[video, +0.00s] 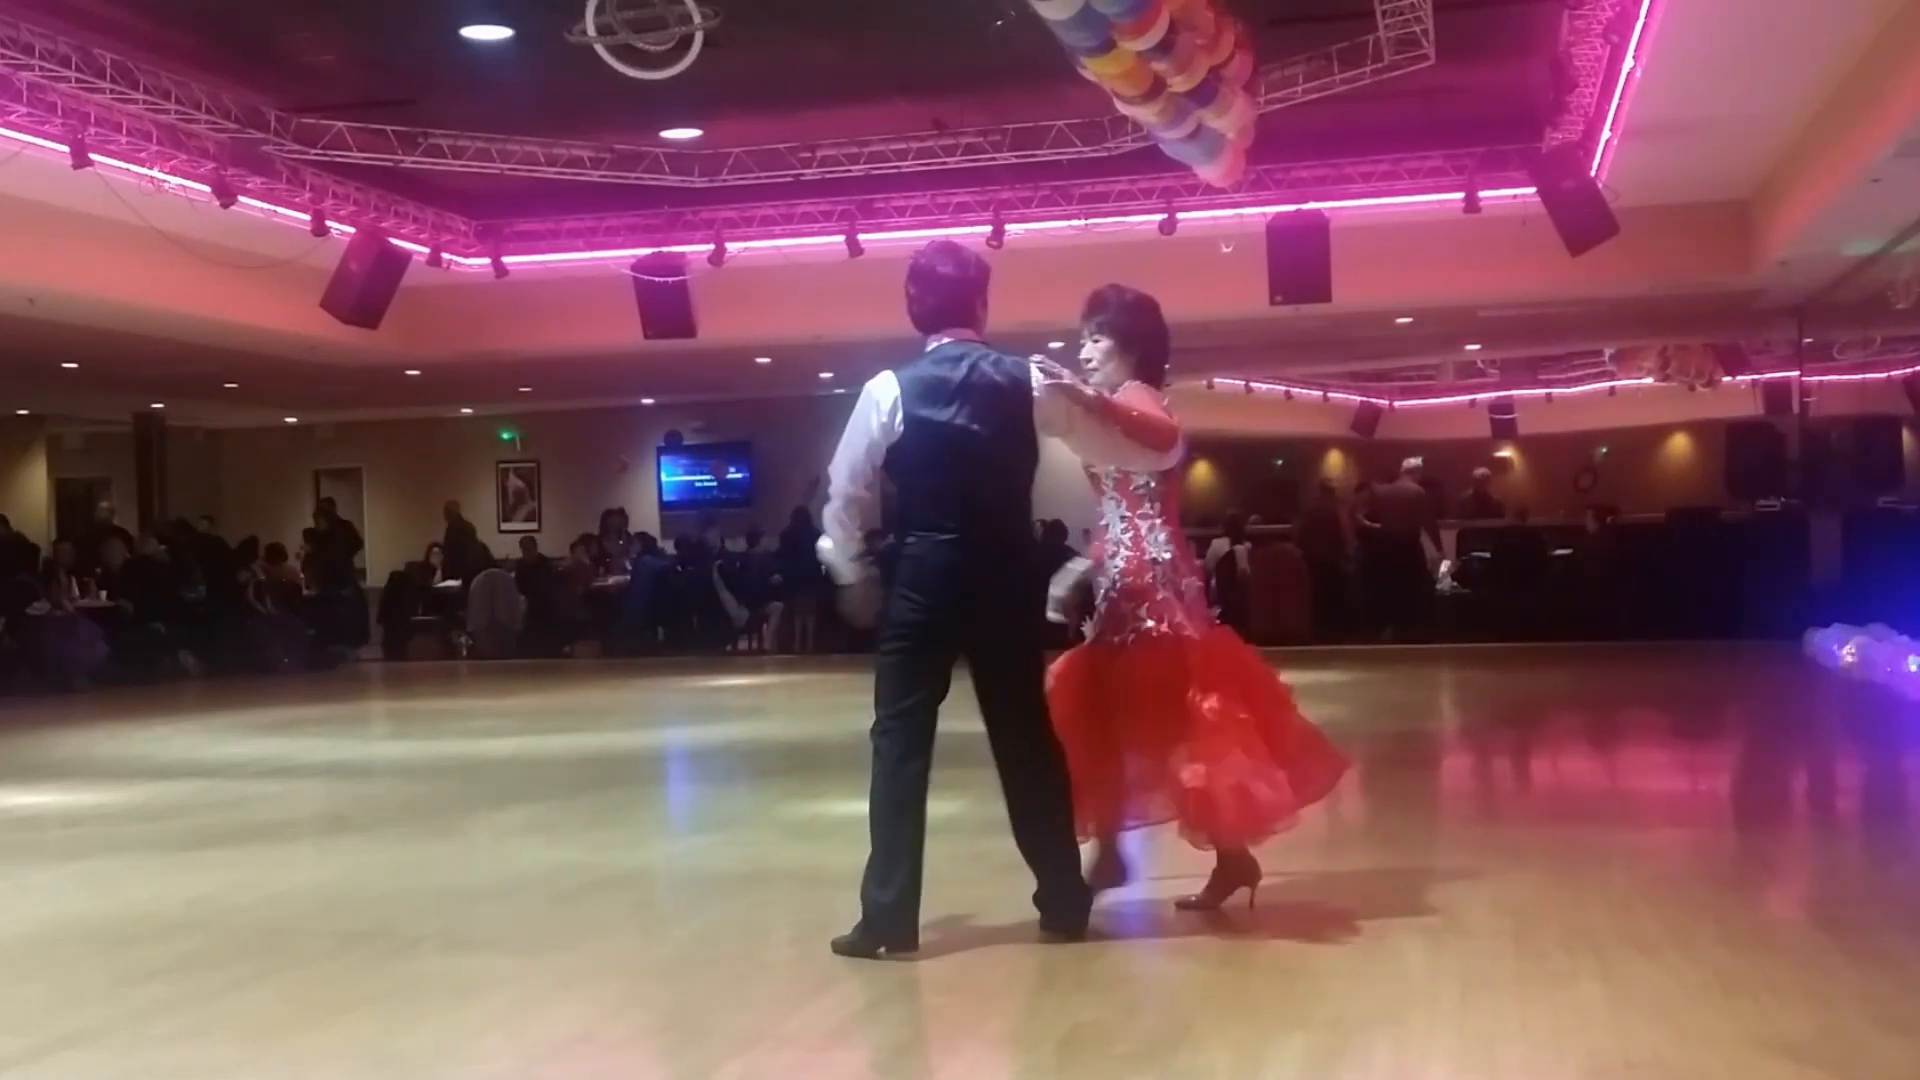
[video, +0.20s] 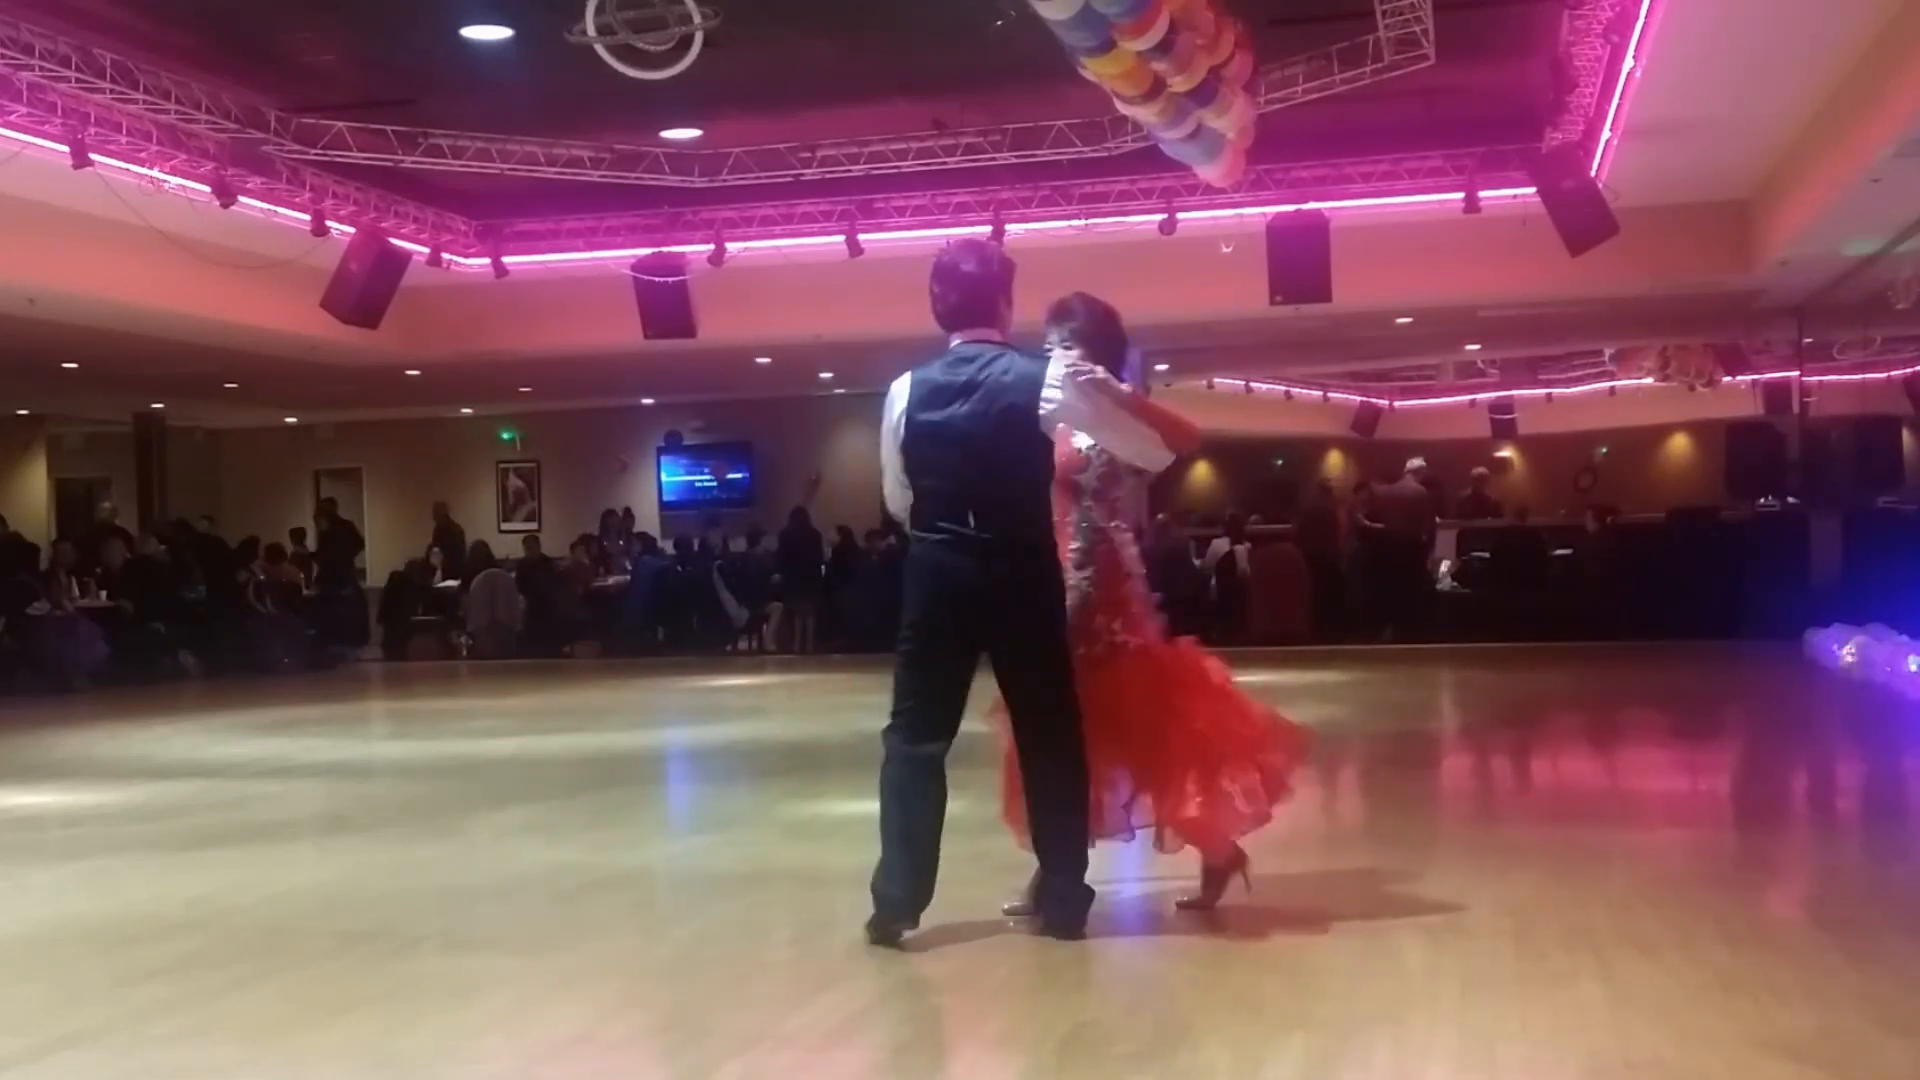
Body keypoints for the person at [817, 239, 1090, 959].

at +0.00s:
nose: (917, 310)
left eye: (915, 299)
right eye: (982, 299)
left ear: (914, 308)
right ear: (982, 304)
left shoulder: (889, 388)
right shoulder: (1031, 382)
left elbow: (847, 490)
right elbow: (1094, 466)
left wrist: (853, 569)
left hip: (922, 578)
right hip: (1007, 577)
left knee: (899, 737)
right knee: (1025, 732)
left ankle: (888, 917)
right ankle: (1064, 903)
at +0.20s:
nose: (1010, 306)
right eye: (1007, 296)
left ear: (936, 309)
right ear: (1005, 303)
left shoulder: (906, 390)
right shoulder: (1053, 377)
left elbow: (899, 502)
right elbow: (1152, 451)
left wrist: (951, 532)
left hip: (937, 576)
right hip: (1025, 575)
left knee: (917, 729)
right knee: (1047, 726)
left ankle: (896, 906)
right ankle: (1064, 899)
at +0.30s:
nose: (1013, 305)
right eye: (1011, 294)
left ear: (940, 303)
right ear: (1010, 301)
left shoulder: (901, 388)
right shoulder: (1053, 374)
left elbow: (911, 487)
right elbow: (1143, 444)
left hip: (935, 577)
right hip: (1019, 577)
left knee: (923, 729)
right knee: (1047, 726)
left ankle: (900, 900)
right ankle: (1061, 897)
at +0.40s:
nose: (1011, 307)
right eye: (1008, 297)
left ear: (936, 302)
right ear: (1004, 301)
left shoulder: (903, 383)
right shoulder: (1032, 372)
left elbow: (903, 477)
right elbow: (1131, 437)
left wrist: (898, 375)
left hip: (927, 570)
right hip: (1009, 571)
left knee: (926, 724)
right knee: (1038, 725)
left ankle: (895, 894)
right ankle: (1059, 896)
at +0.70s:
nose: (987, 312)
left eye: (982, 301)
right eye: (983, 301)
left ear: (906, 301)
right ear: (970, 302)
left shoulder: (867, 378)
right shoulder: (965, 370)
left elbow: (849, 472)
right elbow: (1065, 387)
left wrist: (923, 477)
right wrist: (1119, 416)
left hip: (880, 564)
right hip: (949, 571)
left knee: (896, 728)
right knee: (993, 731)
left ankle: (886, 897)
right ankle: (1002, 897)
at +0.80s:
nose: (973, 313)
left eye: (971, 303)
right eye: (970, 303)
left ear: (900, 295)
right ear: (957, 304)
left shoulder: (861, 378)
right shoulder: (953, 368)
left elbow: (835, 474)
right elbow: (1044, 381)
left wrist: (900, 477)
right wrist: (1130, 387)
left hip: (873, 561)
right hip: (938, 565)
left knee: (888, 723)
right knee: (958, 730)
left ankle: (880, 894)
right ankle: (897, 887)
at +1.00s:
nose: (966, 312)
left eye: (964, 300)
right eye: (964, 300)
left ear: (895, 298)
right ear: (954, 301)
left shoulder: (858, 376)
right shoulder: (951, 370)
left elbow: (801, 469)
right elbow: (1048, 374)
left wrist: (829, 520)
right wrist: (1157, 357)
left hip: (870, 559)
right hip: (924, 562)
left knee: (903, 726)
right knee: (890, 726)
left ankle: (887, 894)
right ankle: (790, 877)